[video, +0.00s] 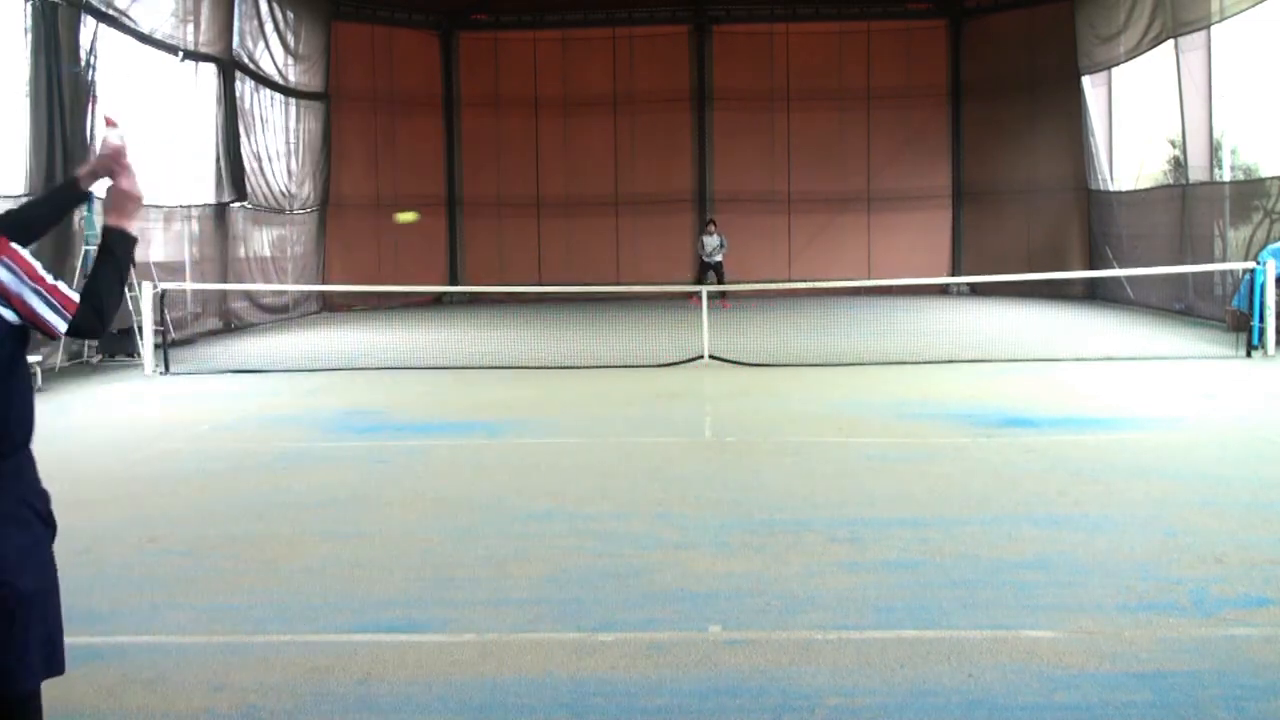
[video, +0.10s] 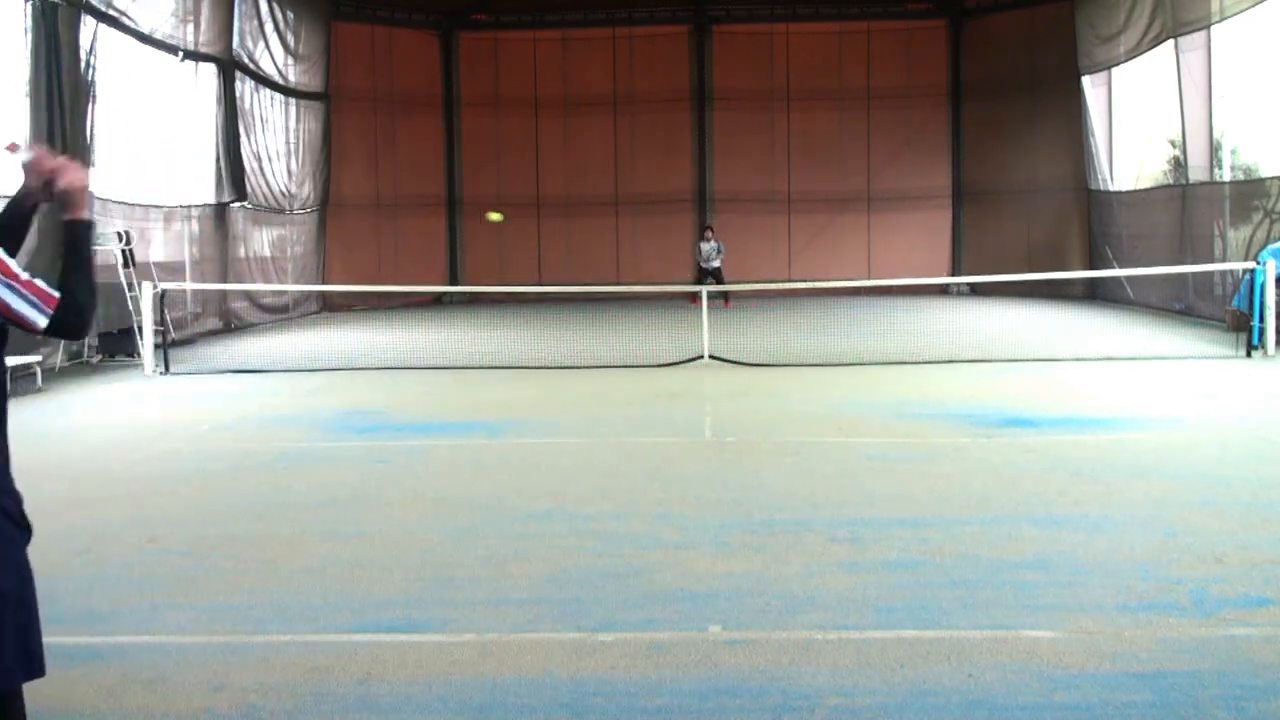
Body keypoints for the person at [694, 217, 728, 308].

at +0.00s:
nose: (711, 229)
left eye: (713, 226)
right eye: (709, 227)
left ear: (715, 228)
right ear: (706, 228)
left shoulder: (720, 237)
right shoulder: (703, 237)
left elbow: (724, 247)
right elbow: (699, 248)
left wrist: (718, 253)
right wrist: (704, 254)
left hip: (717, 260)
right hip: (706, 260)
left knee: (721, 279)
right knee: (700, 278)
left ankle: (723, 298)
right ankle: (696, 295)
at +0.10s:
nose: (708, 235)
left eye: (709, 232)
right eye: (706, 232)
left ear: (712, 234)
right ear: (704, 234)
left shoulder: (717, 243)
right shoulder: (700, 244)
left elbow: (722, 253)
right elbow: (697, 255)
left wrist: (715, 258)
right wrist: (702, 260)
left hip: (715, 266)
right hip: (704, 266)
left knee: (721, 283)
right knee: (699, 282)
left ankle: (726, 299)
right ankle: (695, 297)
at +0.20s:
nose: (706, 240)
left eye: (708, 238)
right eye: (705, 238)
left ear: (711, 240)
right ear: (703, 240)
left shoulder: (716, 249)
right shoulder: (699, 250)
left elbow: (718, 259)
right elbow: (698, 262)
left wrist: (708, 262)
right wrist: (705, 263)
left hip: (715, 271)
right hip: (703, 272)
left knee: (721, 286)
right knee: (695, 285)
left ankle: (726, 302)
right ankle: (694, 301)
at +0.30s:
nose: (705, 240)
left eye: (707, 238)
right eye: (703, 238)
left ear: (710, 239)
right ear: (701, 240)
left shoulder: (714, 248)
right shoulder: (700, 249)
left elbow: (712, 259)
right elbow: (699, 259)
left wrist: (703, 258)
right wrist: (699, 259)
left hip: (716, 270)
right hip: (705, 270)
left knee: (721, 286)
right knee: (696, 285)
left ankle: (726, 302)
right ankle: (694, 301)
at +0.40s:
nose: (703, 239)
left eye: (705, 237)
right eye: (702, 237)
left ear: (708, 238)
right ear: (700, 239)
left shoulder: (711, 246)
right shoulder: (702, 248)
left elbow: (709, 256)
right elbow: (702, 257)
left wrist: (695, 256)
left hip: (716, 268)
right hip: (707, 268)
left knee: (720, 284)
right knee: (700, 283)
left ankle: (726, 301)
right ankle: (699, 300)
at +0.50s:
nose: (701, 239)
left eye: (703, 237)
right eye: (699, 237)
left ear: (706, 237)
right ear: (698, 239)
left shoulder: (709, 246)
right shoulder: (701, 248)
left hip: (716, 267)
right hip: (707, 269)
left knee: (719, 284)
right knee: (701, 283)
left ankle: (726, 301)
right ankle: (701, 299)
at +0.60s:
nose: (699, 241)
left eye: (700, 239)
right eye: (697, 239)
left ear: (704, 239)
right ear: (696, 241)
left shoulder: (707, 247)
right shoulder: (700, 249)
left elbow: (699, 256)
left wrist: (688, 260)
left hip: (716, 268)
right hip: (707, 270)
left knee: (716, 283)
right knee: (701, 283)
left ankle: (726, 300)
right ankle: (701, 299)